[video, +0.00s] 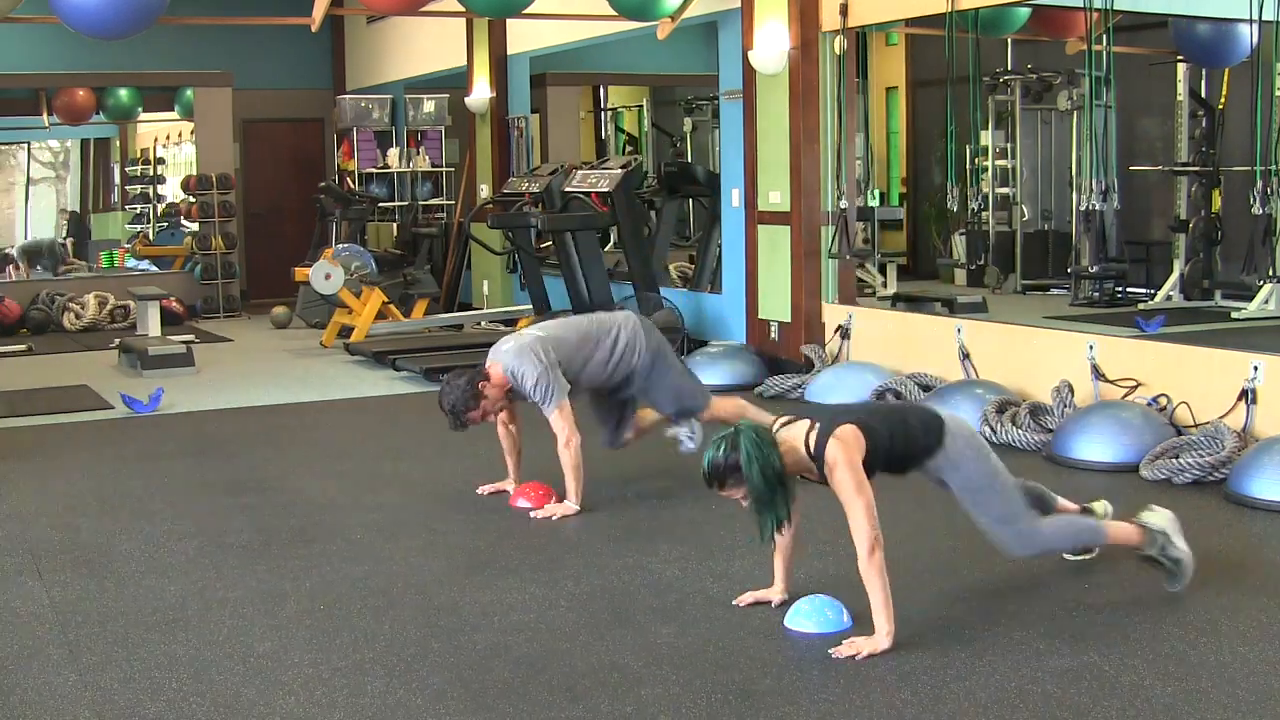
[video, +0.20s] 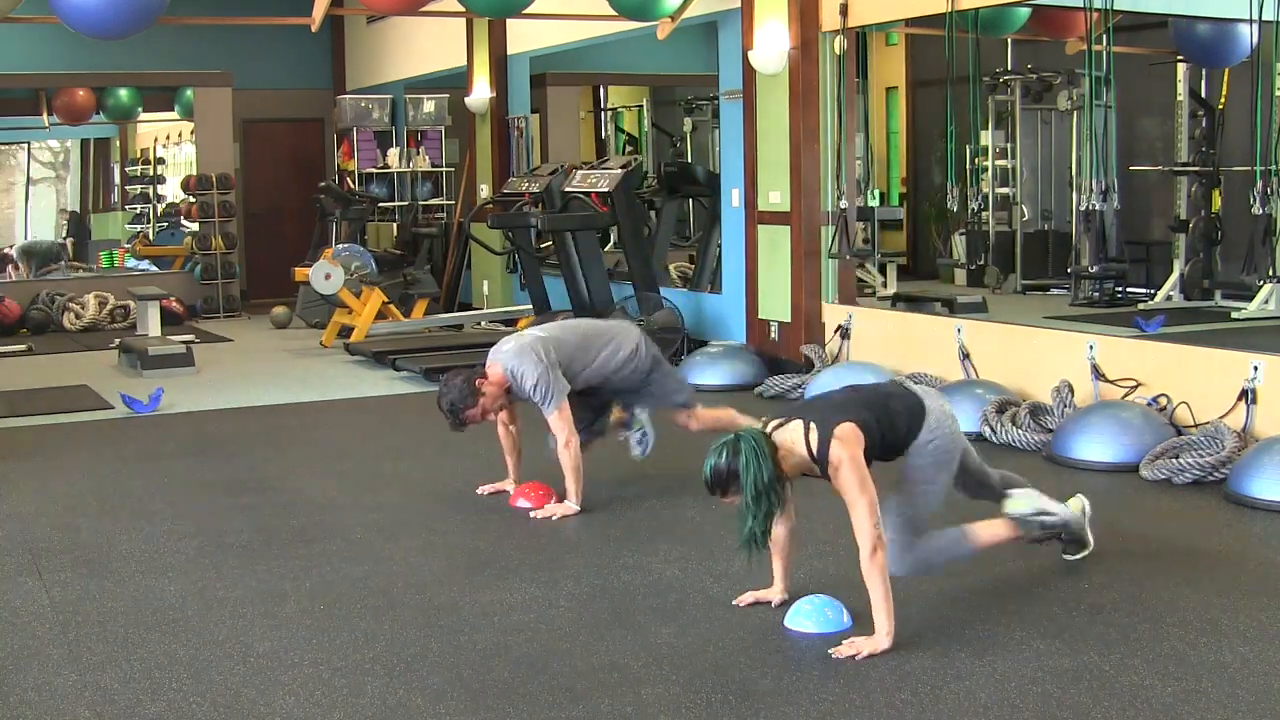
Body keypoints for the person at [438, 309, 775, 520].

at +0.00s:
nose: (491, 418)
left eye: (485, 414)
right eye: (484, 418)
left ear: (485, 388)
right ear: (482, 387)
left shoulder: (529, 365)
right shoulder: (496, 371)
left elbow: (566, 435)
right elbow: (507, 423)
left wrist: (573, 502)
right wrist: (513, 481)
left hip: (632, 341)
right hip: (601, 369)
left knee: (697, 405)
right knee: (619, 433)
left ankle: (783, 426)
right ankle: (677, 413)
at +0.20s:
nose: (490, 421)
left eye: (484, 415)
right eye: (483, 420)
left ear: (482, 392)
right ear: (477, 389)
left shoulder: (530, 368)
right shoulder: (494, 371)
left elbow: (566, 439)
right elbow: (507, 423)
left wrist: (573, 501)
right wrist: (512, 480)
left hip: (631, 355)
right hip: (591, 371)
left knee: (692, 420)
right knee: (572, 437)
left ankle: (764, 428)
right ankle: (627, 418)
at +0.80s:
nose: (489, 426)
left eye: (484, 420)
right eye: (482, 425)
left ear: (488, 396)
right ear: (481, 395)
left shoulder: (531, 372)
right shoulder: (492, 374)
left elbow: (567, 438)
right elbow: (505, 425)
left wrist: (573, 502)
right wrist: (513, 480)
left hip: (630, 339)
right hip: (595, 368)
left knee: (690, 404)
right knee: (608, 437)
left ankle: (771, 421)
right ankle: (667, 407)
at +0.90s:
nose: (486, 425)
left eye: (481, 420)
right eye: (480, 424)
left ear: (486, 396)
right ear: (481, 394)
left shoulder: (530, 373)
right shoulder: (492, 372)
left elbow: (567, 439)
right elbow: (506, 425)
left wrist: (573, 502)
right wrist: (513, 479)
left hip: (633, 341)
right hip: (606, 366)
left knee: (700, 403)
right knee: (632, 426)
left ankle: (781, 424)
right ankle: (695, 404)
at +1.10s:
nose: (487, 419)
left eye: (483, 414)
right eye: (481, 417)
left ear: (491, 393)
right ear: (483, 388)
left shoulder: (539, 369)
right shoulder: (501, 373)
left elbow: (576, 440)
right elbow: (512, 423)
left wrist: (574, 502)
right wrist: (514, 479)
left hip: (643, 386)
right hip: (617, 402)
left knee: (712, 452)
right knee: (669, 451)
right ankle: (727, 429)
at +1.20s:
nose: (485, 421)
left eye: (481, 416)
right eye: (480, 419)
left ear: (488, 397)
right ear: (482, 388)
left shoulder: (535, 371)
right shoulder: (500, 371)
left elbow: (573, 440)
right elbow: (511, 423)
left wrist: (574, 502)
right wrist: (514, 478)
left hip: (640, 374)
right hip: (618, 389)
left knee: (685, 458)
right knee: (661, 443)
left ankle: (756, 450)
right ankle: (735, 424)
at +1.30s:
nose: (477, 421)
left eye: (472, 418)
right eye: (471, 420)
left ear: (481, 399)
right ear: (478, 389)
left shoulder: (525, 371)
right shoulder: (496, 364)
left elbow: (567, 440)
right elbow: (508, 424)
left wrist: (574, 501)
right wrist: (513, 479)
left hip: (632, 358)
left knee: (649, 458)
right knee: (667, 404)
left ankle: (737, 445)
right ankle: (737, 415)